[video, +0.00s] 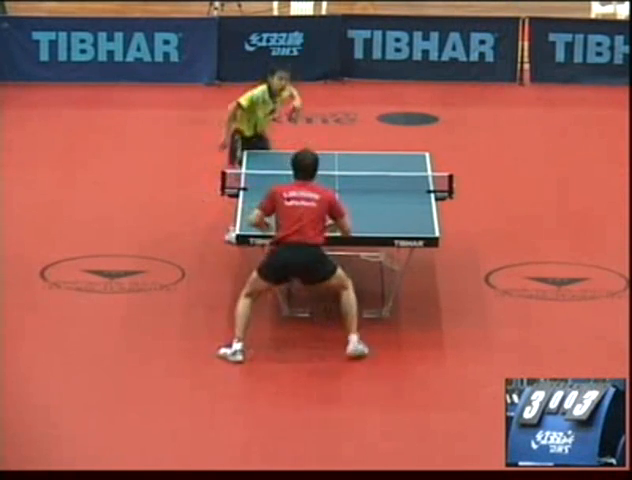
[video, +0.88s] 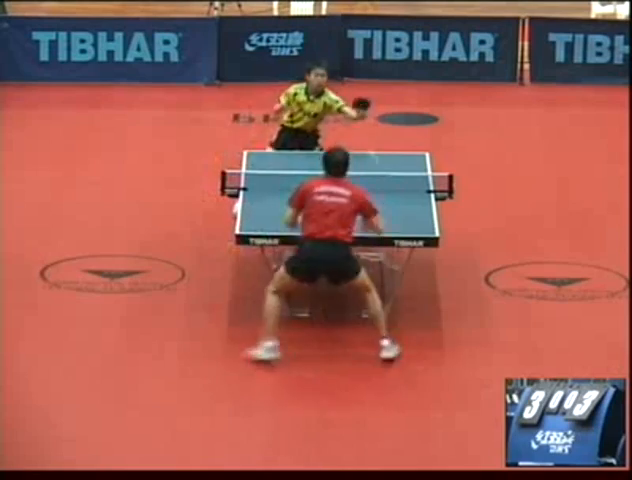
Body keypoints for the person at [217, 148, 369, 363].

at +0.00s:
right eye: (312, 167)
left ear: (293, 169)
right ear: (316, 171)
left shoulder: (278, 192)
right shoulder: (327, 196)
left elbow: (256, 220)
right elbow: (346, 230)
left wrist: (268, 229)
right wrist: (328, 225)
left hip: (282, 251)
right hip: (312, 251)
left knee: (248, 295)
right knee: (345, 287)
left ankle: (237, 345)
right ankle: (353, 340)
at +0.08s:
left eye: (309, 168)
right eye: (317, 169)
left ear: (301, 172)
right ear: (322, 174)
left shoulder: (285, 194)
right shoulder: (333, 198)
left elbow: (255, 213)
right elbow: (356, 228)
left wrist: (250, 214)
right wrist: (338, 220)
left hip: (288, 254)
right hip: (319, 256)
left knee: (249, 294)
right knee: (353, 282)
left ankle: (237, 345)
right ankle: (369, 331)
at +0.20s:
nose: (332, 176)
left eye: (328, 172)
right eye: (341, 173)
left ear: (323, 174)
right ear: (345, 176)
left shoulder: (310, 193)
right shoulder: (354, 201)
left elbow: (279, 201)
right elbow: (377, 225)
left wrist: (248, 203)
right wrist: (357, 214)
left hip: (304, 255)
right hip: (334, 257)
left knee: (262, 294)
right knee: (367, 285)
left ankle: (238, 345)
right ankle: (398, 324)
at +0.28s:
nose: (347, 180)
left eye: (343, 176)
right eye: (356, 176)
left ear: (340, 179)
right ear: (362, 180)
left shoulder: (331, 197)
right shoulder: (373, 206)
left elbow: (300, 202)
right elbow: (395, 224)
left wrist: (268, 205)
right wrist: (382, 215)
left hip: (322, 256)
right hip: (351, 260)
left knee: (279, 298)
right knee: (378, 285)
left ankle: (243, 344)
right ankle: (404, 327)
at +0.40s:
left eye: (363, 184)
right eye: (382, 183)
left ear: (361, 185)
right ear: (383, 188)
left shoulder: (356, 200)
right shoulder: (391, 215)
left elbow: (337, 211)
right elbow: (401, 217)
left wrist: (303, 219)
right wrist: (399, 200)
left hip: (339, 256)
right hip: (367, 261)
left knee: (293, 298)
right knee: (388, 280)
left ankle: (262, 344)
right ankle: (405, 326)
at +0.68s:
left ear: (344, 170)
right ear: (366, 171)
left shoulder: (334, 191)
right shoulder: (377, 197)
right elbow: (397, 226)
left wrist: (300, 211)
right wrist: (395, 210)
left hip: (334, 252)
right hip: (363, 253)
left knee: (292, 295)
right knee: (384, 286)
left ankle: (291, 343)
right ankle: (405, 325)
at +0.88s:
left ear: (324, 167)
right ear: (347, 168)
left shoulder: (309, 187)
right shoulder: (356, 193)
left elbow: (290, 220)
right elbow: (377, 227)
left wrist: (301, 218)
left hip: (310, 247)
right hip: (340, 249)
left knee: (275, 290)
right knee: (368, 291)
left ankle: (269, 343)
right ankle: (385, 341)